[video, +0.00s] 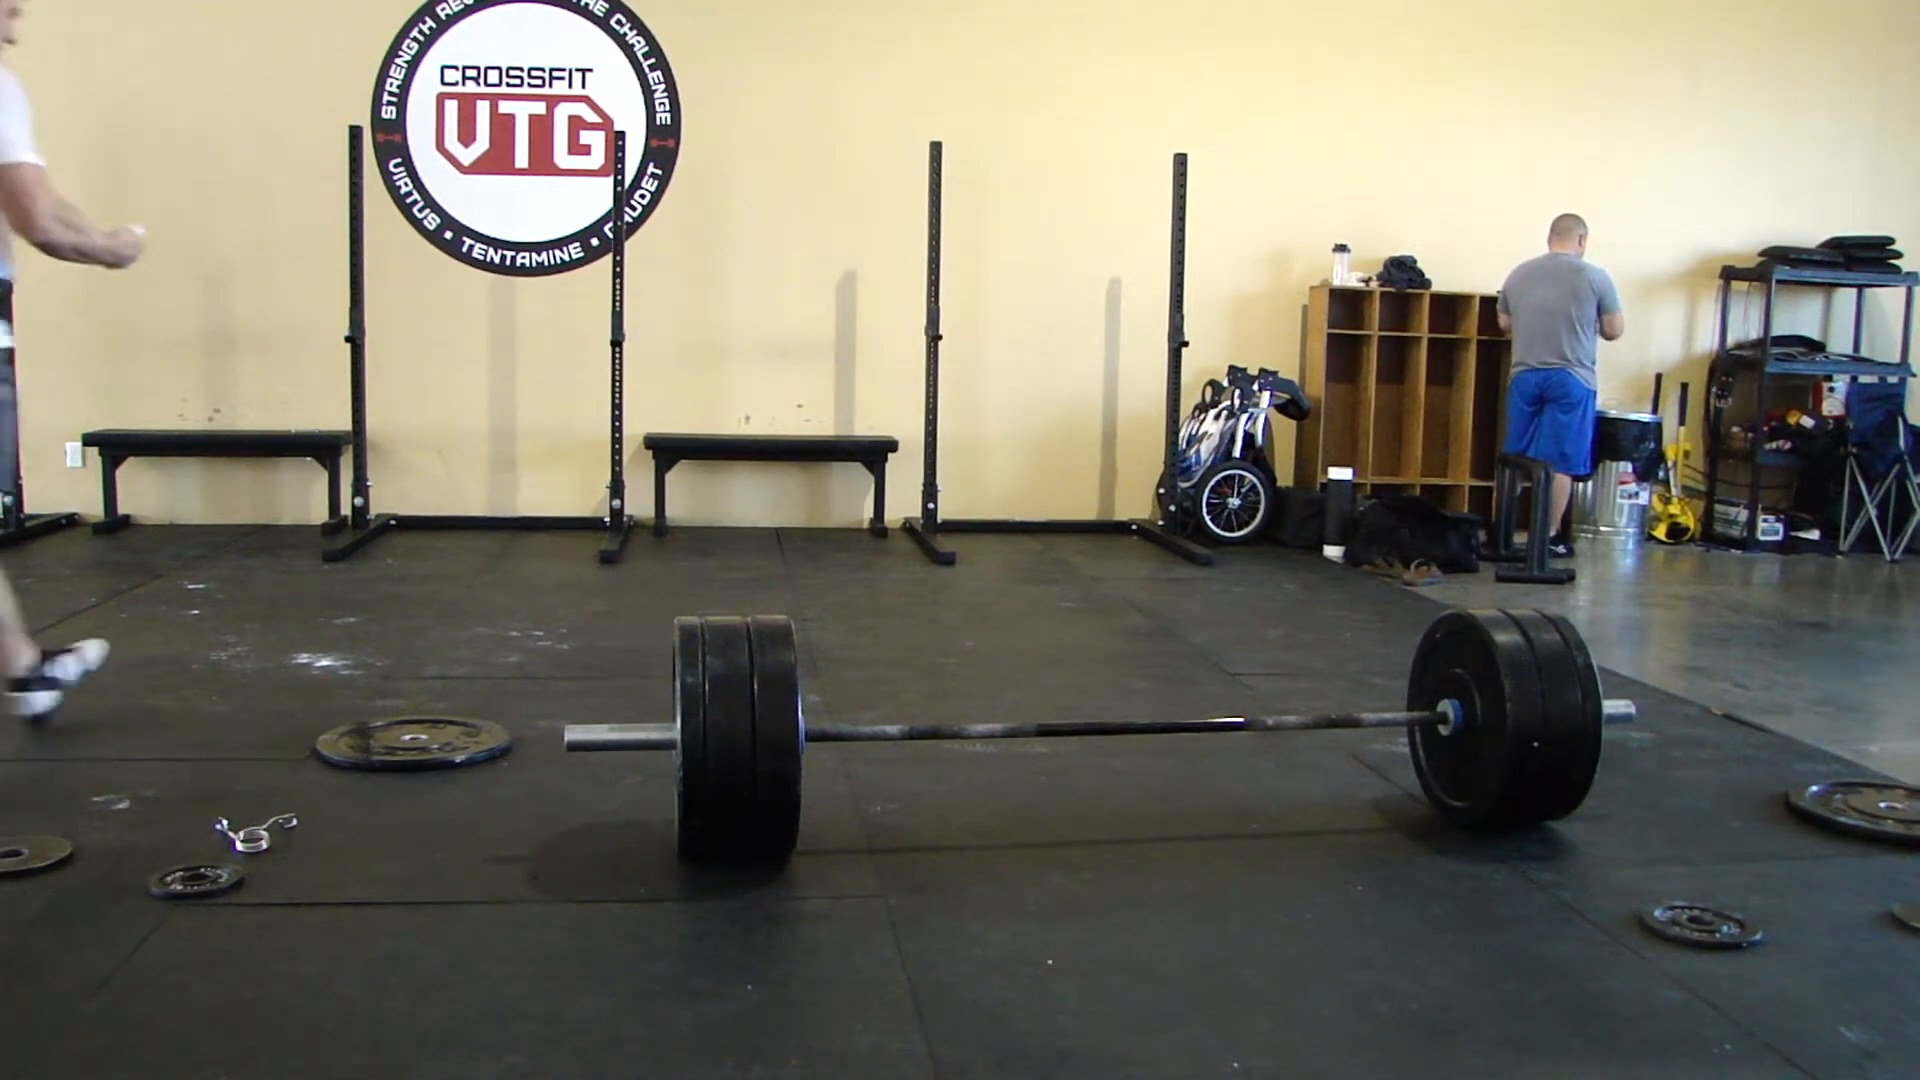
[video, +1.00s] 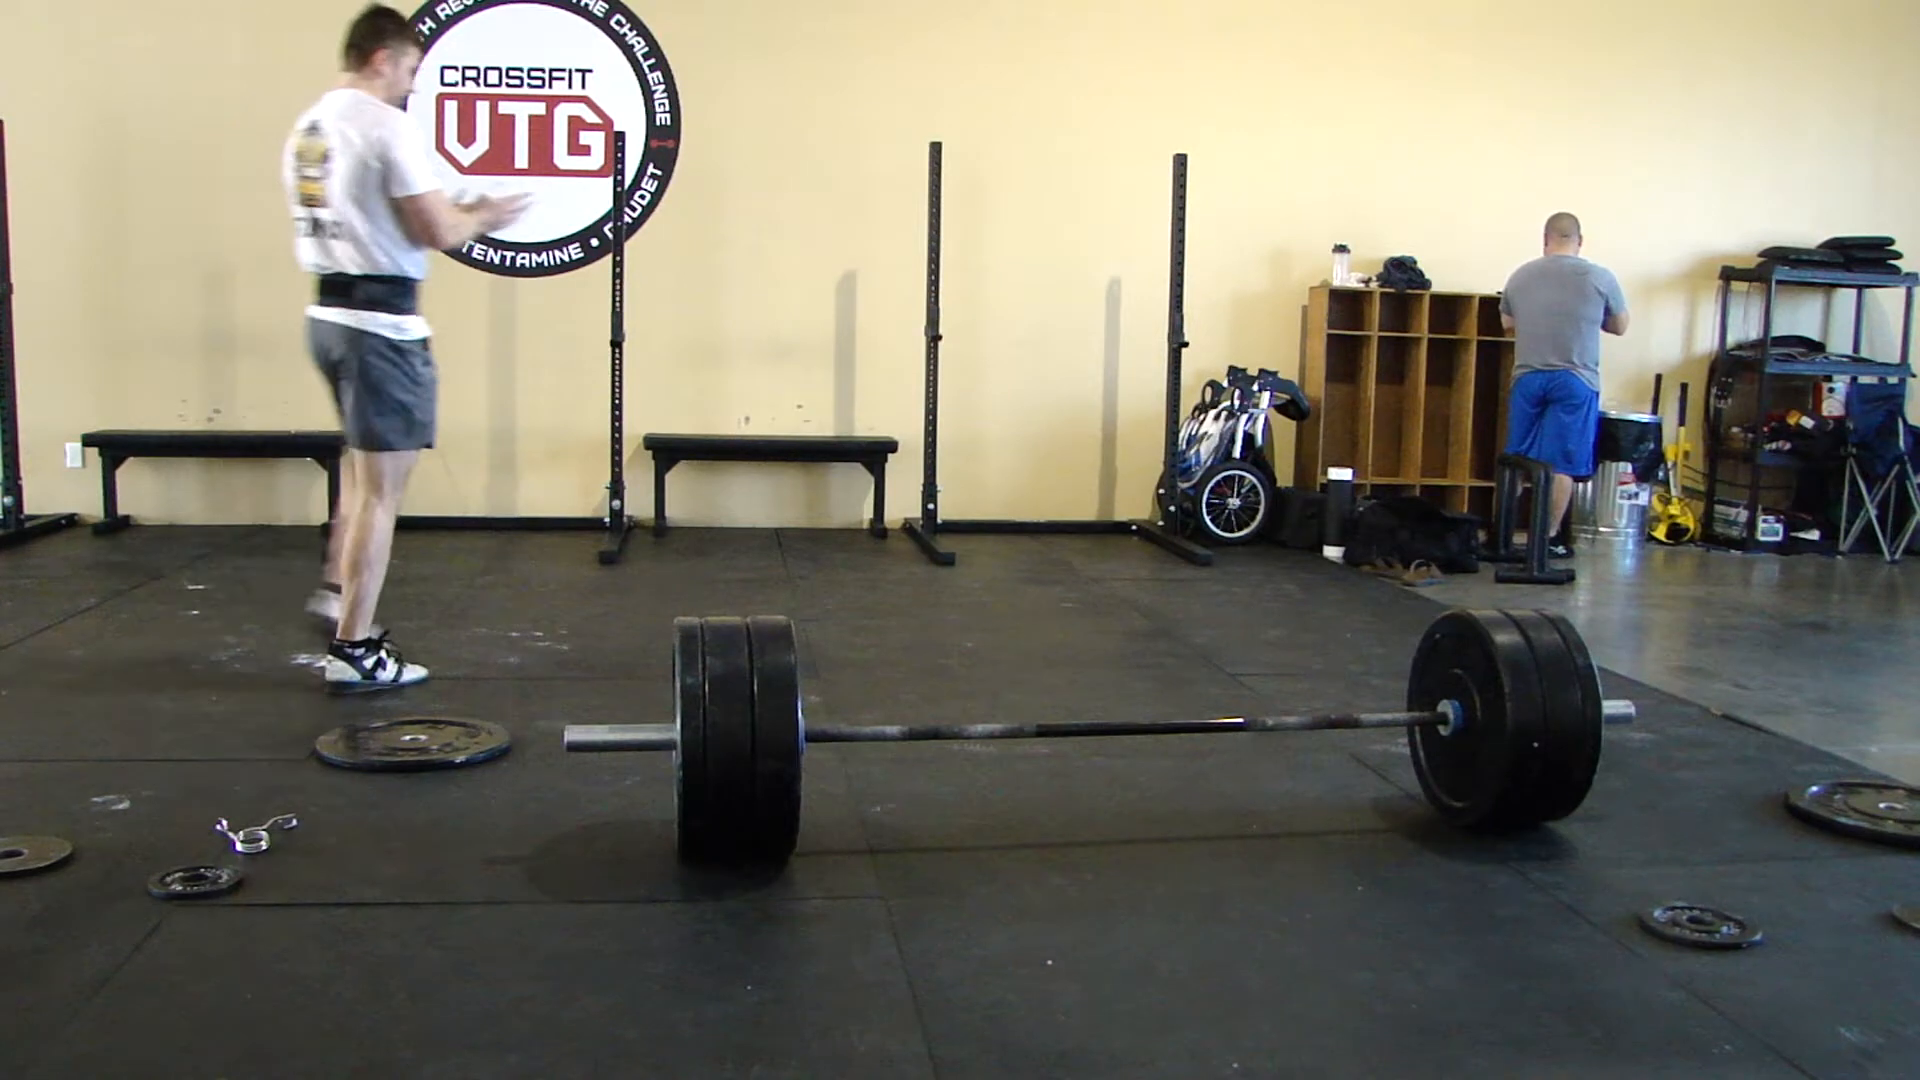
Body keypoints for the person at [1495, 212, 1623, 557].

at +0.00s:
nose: (1584, 247)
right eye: (1585, 242)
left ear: (1548, 240)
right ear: (1582, 240)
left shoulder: (1519, 273)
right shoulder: (1595, 276)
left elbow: (1504, 322)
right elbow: (1613, 330)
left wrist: (1537, 318)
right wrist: (1585, 316)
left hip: (1524, 376)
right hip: (1572, 378)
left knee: (1513, 459)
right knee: (1560, 464)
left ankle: (1501, 536)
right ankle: (1549, 537)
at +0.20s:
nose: (1582, 247)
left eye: (1579, 242)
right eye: (1584, 242)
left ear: (1548, 239)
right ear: (1581, 241)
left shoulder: (1519, 274)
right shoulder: (1595, 277)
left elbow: (1508, 322)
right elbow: (1614, 328)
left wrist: (1540, 315)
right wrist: (1581, 313)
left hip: (1525, 377)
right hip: (1572, 378)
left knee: (1513, 459)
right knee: (1561, 465)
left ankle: (1501, 536)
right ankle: (1548, 538)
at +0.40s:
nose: (1580, 246)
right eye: (1582, 241)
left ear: (1547, 239)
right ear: (1581, 240)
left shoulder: (1519, 274)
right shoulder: (1596, 276)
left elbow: (1508, 322)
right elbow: (1618, 325)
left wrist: (1541, 314)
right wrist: (1584, 308)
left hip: (1526, 377)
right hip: (1573, 378)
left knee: (1513, 459)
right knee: (1561, 465)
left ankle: (1500, 536)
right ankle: (1549, 538)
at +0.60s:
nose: (1579, 245)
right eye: (1581, 240)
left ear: (1546, 239)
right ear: (1580, 241)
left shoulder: (1520, 275)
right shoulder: (1596, 277)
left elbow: (1509, 323)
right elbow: (1620, 323)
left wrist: (1542, 317)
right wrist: (1585, 308)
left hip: (1526, 377)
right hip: (1574, 379)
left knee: (1514, 459)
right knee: (1562, 465)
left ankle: (1502, 536)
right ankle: (1548, 539)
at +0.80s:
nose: (1577, 245)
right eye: (1579, 240)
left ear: (1545, 238)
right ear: (1580, 240)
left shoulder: (1520, 275)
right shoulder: (1596, 277)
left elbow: (1509, 324)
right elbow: (1620, 324)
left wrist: (1542, 316)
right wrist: (1583, 311)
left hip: (1527, 377)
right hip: (1575, 379)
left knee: (1514, 460)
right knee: (1562, 465)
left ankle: (1501, 536)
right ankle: (1548, 539)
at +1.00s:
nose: (1564, 245)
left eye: (1549, 238)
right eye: (1577, 240)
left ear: (1545, 239)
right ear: (1580, 241)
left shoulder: (1520, 275)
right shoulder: (1598, 276)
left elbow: (1509, 324)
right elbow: (1619, 326)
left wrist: (1543, 315)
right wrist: (1582, 313)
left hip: (1527, 378)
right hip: (1575, 379)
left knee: (1516, 460)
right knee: (1562, 466)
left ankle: (1502, 536)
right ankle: (1546, 540)